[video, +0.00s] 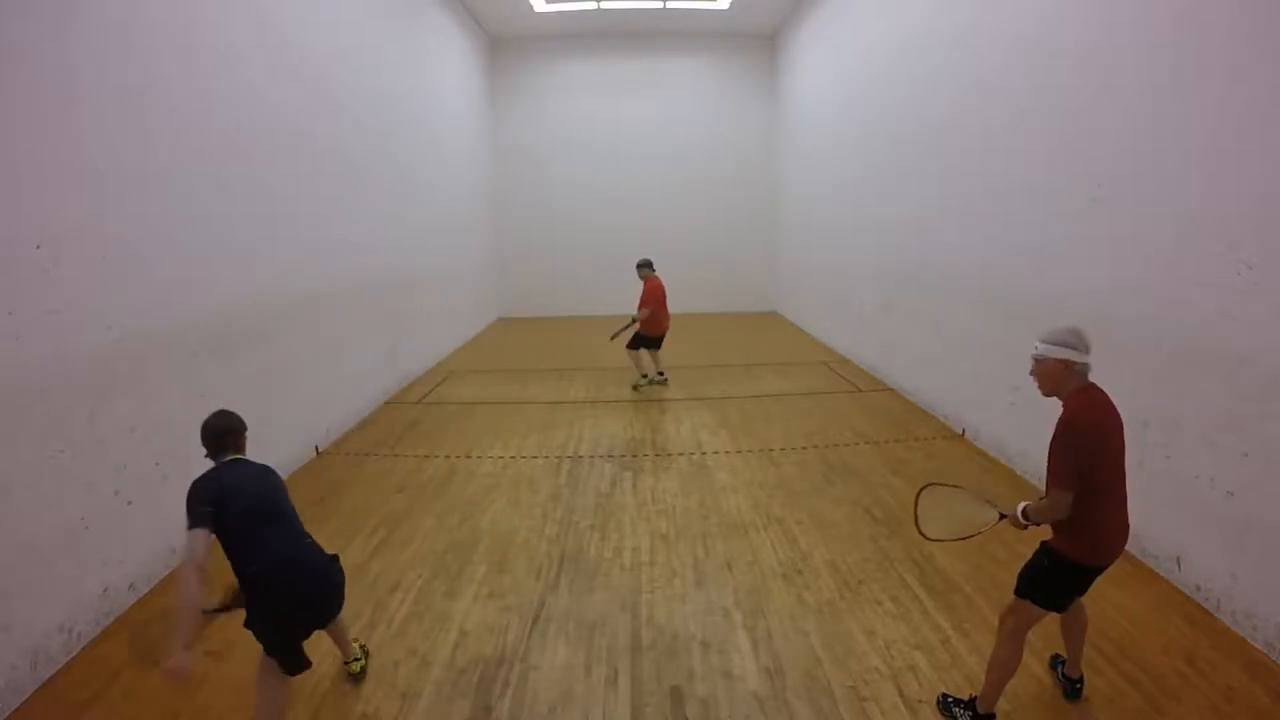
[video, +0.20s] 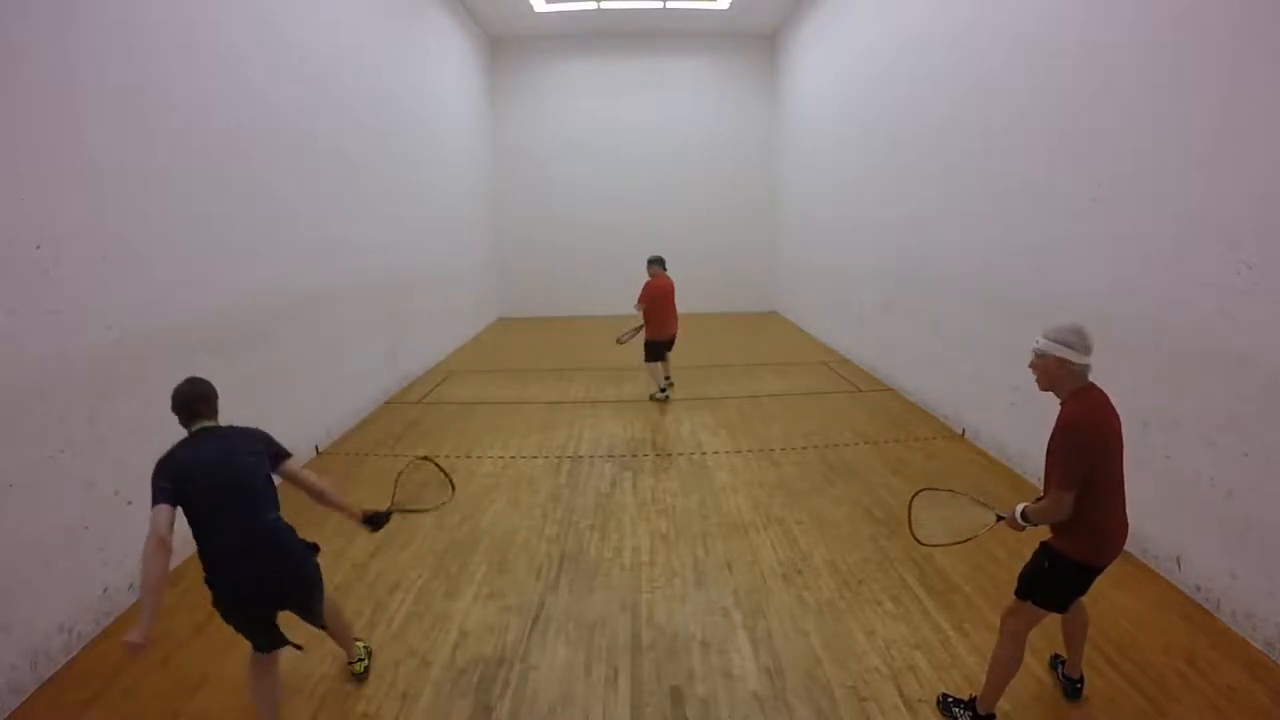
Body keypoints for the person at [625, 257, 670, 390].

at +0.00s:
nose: (639, 274)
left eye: (640, 271)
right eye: (638, 271)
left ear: (647, 270)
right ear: (650, 270)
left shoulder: (651, 285)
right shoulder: (656, 282)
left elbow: (647, 308)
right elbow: (651, 304)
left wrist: (637, 317)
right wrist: (641, 314)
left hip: (651, 327)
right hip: (661, 326)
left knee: (631, 348)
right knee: (652, 347)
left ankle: (643, 376)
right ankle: (660, 374)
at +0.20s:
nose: (648, 271)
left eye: (649, 268)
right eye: (648, 268)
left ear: (655, 268)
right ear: (663, 267)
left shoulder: (651, 285)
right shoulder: (669, 282)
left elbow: (639, 306)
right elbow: (662, 303)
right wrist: (648, 313)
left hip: (655, 333)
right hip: (671, 330)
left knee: (651, 361)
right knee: (663, 353)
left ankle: (662, 390)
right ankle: (667, 379)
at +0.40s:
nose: (660, 268)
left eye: (662, 265)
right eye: (661, 265)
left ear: (670, 265)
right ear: (677, 266)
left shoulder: (662, 281)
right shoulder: (682, 281)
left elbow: (648, 302)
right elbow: (675, 307)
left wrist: (662, 311)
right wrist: (658, 327)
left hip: (663, 333)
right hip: (682, 332)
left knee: (658, 363)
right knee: (681, 365)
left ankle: (661, 393)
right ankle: (691, 398)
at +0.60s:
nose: (665, 279)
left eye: (666, 275)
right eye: (665, 275)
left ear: (672, 273)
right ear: (682, 273)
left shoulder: (667, 289)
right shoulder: (694, 290)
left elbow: (655, 313)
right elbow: (702, 313)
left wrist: (669, 323)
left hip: (672, 343)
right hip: (693, 342)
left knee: (667, 376)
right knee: (689, 371)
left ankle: (679, 404)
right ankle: (693, 404)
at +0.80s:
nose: (667, 282)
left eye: (668, 278)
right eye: (666, 278)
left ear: (675, 276)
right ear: (685, 276)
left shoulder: (668, 294)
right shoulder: (700, 293)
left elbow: (655, 323)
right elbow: (716, 315)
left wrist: (663, 336)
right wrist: (727, 334)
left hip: (678, 352)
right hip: (700, 350)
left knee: (682, 391)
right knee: (698, 378)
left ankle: (693, 429)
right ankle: (699, 409)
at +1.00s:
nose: (672, 280)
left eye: (673, 276)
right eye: (672, 276)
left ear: (680, 275)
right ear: (692, 276)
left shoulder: (672, 295)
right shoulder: (706, 295)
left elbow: (660, 324)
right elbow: (718, 323)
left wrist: (650, 347)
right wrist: (721, 345)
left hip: (680, 360)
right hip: (705, 359)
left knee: (684, 397)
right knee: (706, 394)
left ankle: (693, 430)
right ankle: (713, 425)